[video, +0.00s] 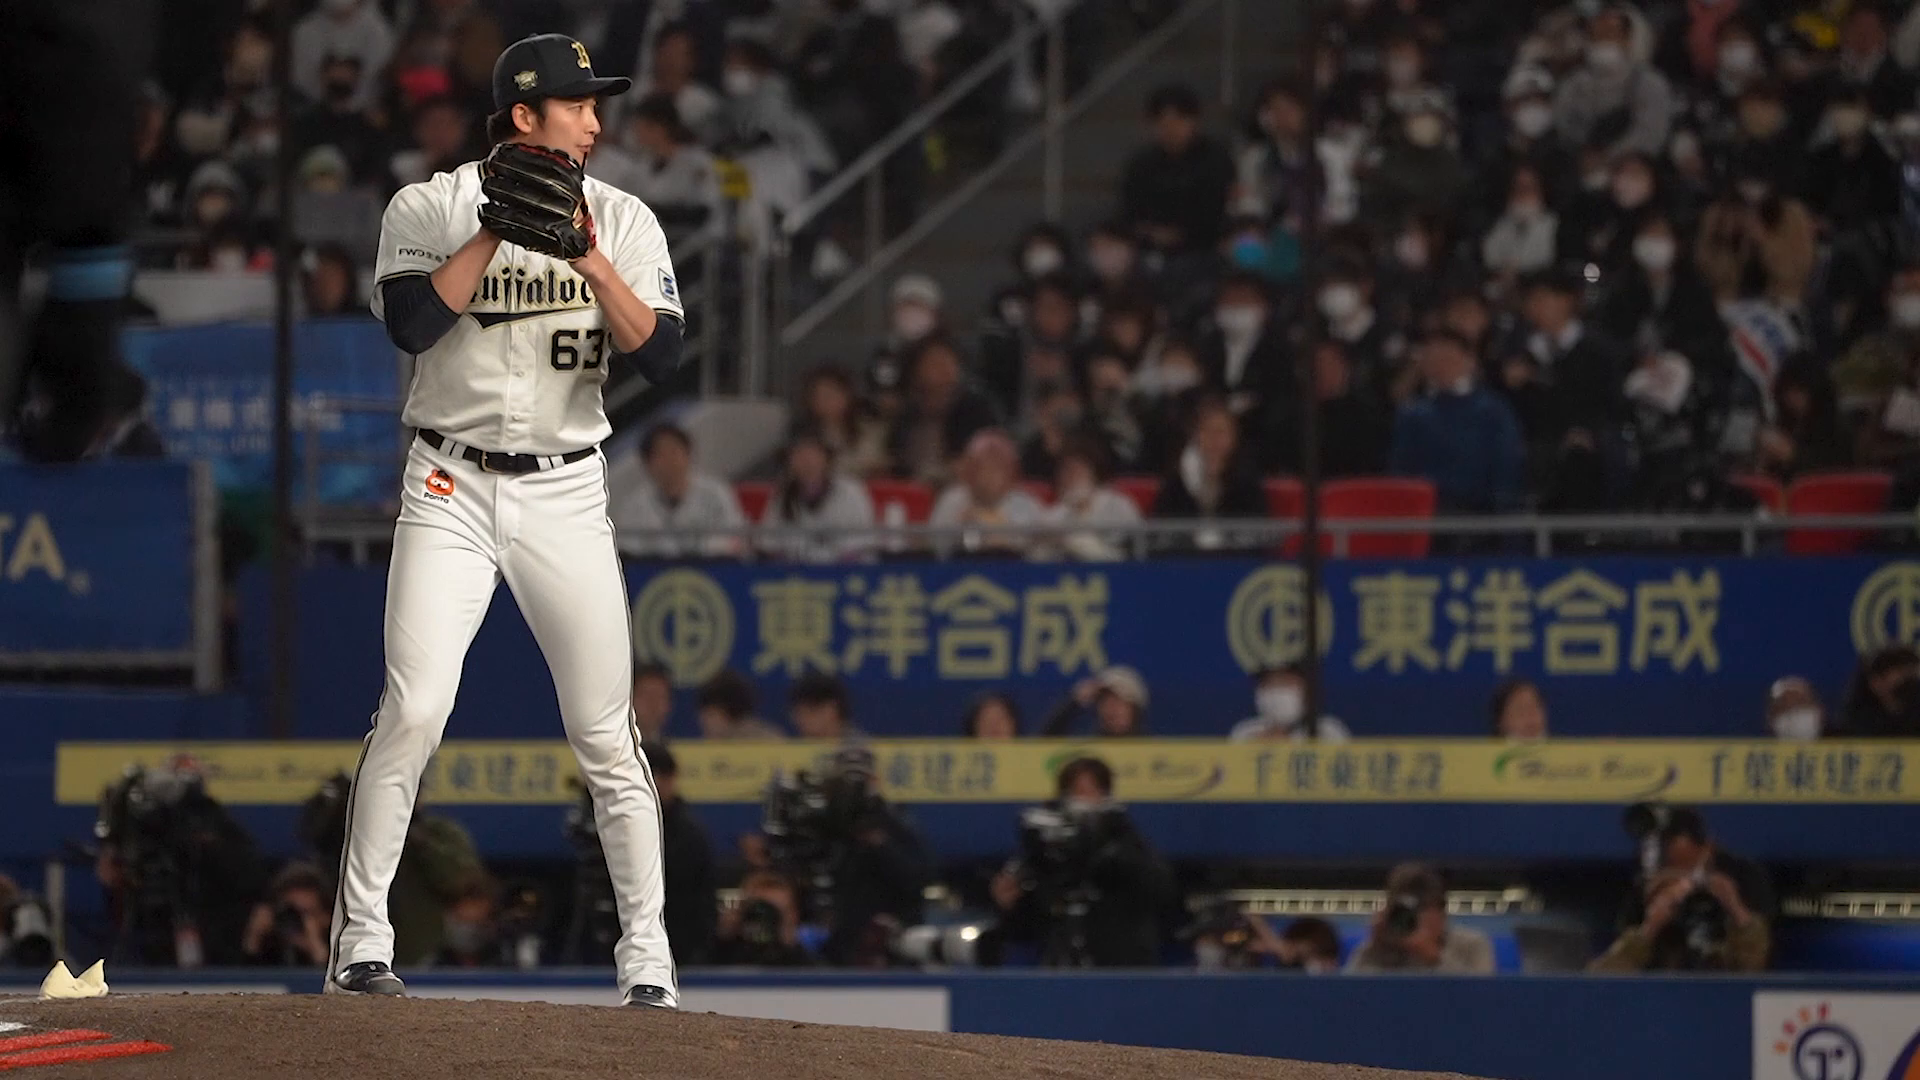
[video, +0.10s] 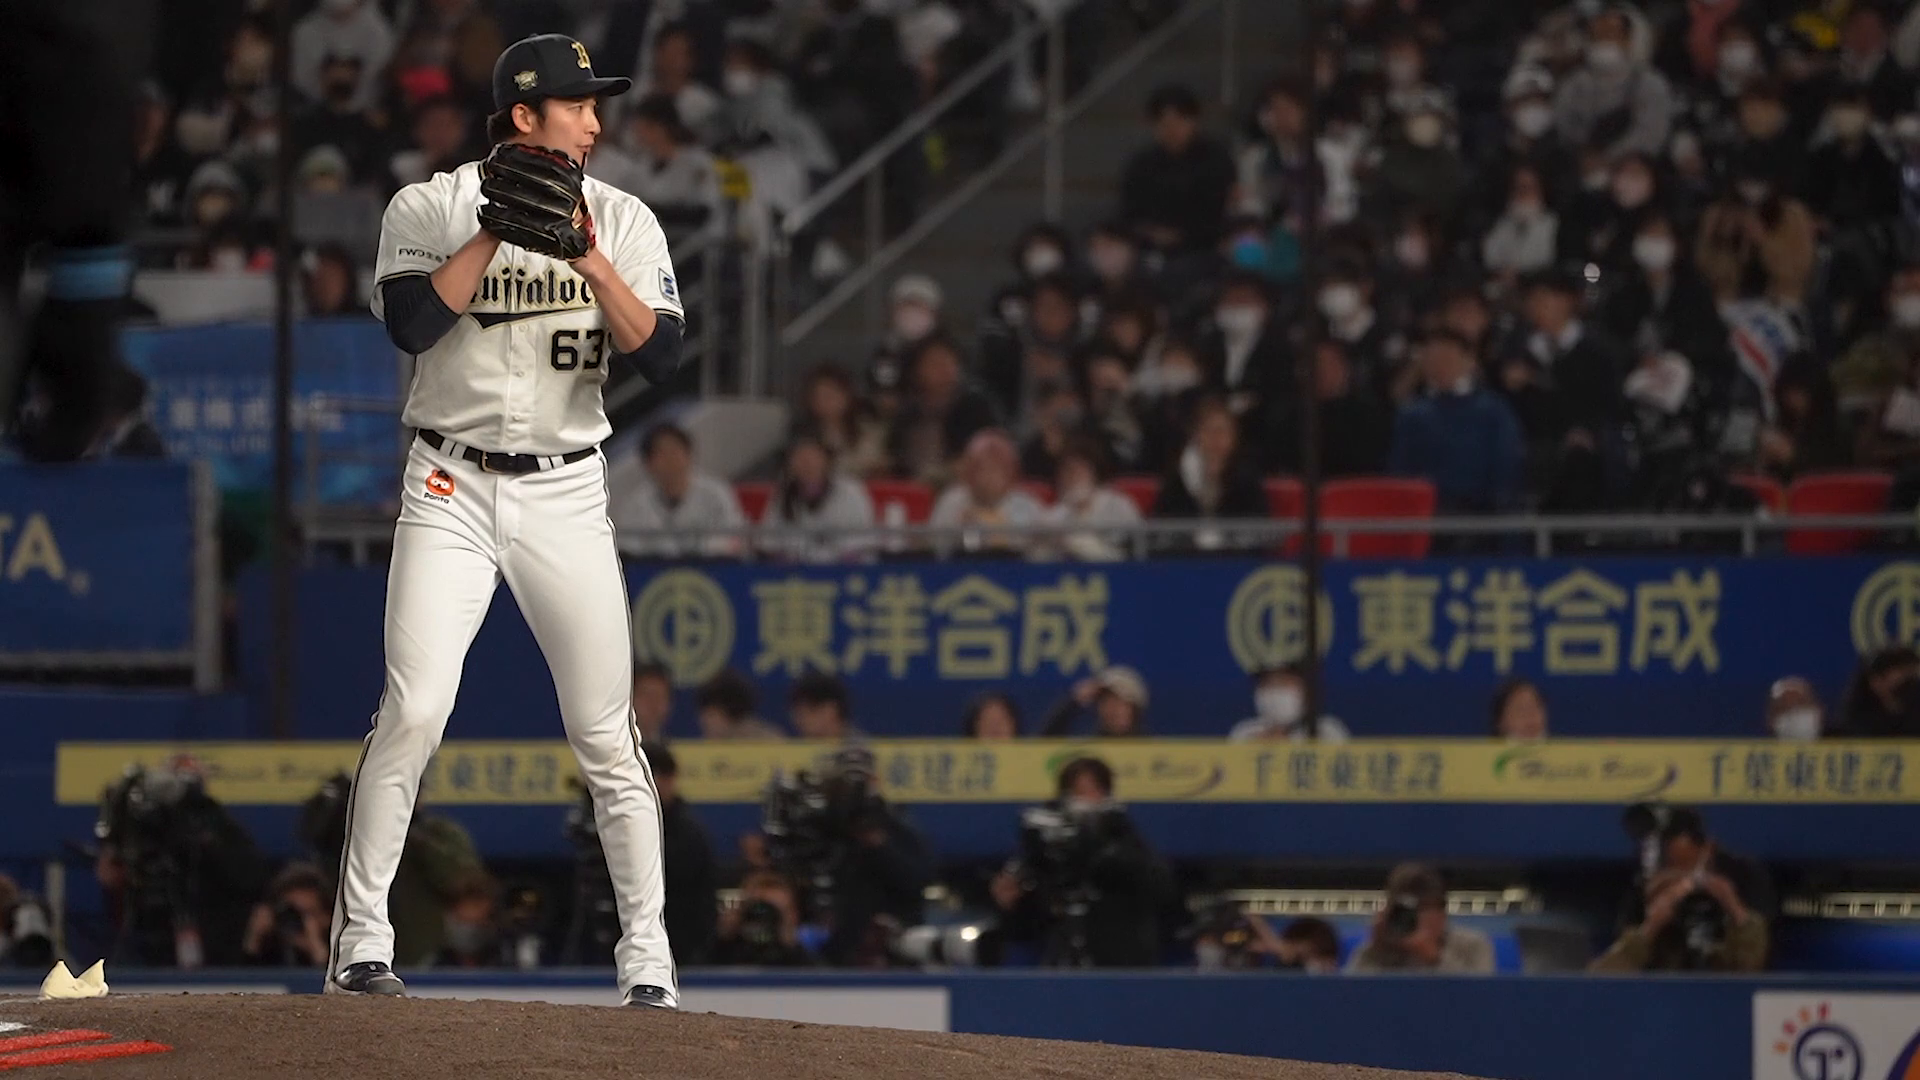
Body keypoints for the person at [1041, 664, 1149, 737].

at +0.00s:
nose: (1115, 711)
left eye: (1122, 703)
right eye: (1109, 703)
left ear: (1136, 708)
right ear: (1098, 706)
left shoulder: (1150, 747)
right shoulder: (1085, 746)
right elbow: (1044, 741)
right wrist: (1076, 701)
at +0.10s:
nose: (1118, 711)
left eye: (1125, 703)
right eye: (1110, 702)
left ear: (1137, 709)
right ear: (1099, 705)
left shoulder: (1150, 748)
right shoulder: (1085, 747)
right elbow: (1042, 741)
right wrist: (1075, 701)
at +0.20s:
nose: (1116, 711)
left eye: (1123, 703)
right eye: (1109, 703)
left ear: (1136, 709)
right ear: (1098, 706)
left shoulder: (1150, 748)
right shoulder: (1085, 748)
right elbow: (1045, 741)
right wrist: (1075, 701)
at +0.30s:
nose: (1113, 710)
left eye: (1121, 703)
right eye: (1107, 702)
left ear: (1135, 709)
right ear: (1098, 706)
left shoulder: (1150, 749)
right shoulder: (1085, 748)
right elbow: (1045, 741)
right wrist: (1076, 700)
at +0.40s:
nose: (1113, 710)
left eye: (1121, 703)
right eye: (1107, 702)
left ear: (1135, 709)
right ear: (1098, 706)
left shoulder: (1150, 749)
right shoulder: (1085, 748)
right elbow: (1043, 741)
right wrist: (1075, 700)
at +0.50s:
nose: (1113, 710)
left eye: (1120, 702)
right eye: (1107, 702)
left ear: (1135, 709)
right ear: (1097, 705)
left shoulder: (1149, 748)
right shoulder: (1083, 748)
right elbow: (1041, 740)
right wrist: (1075, 699)